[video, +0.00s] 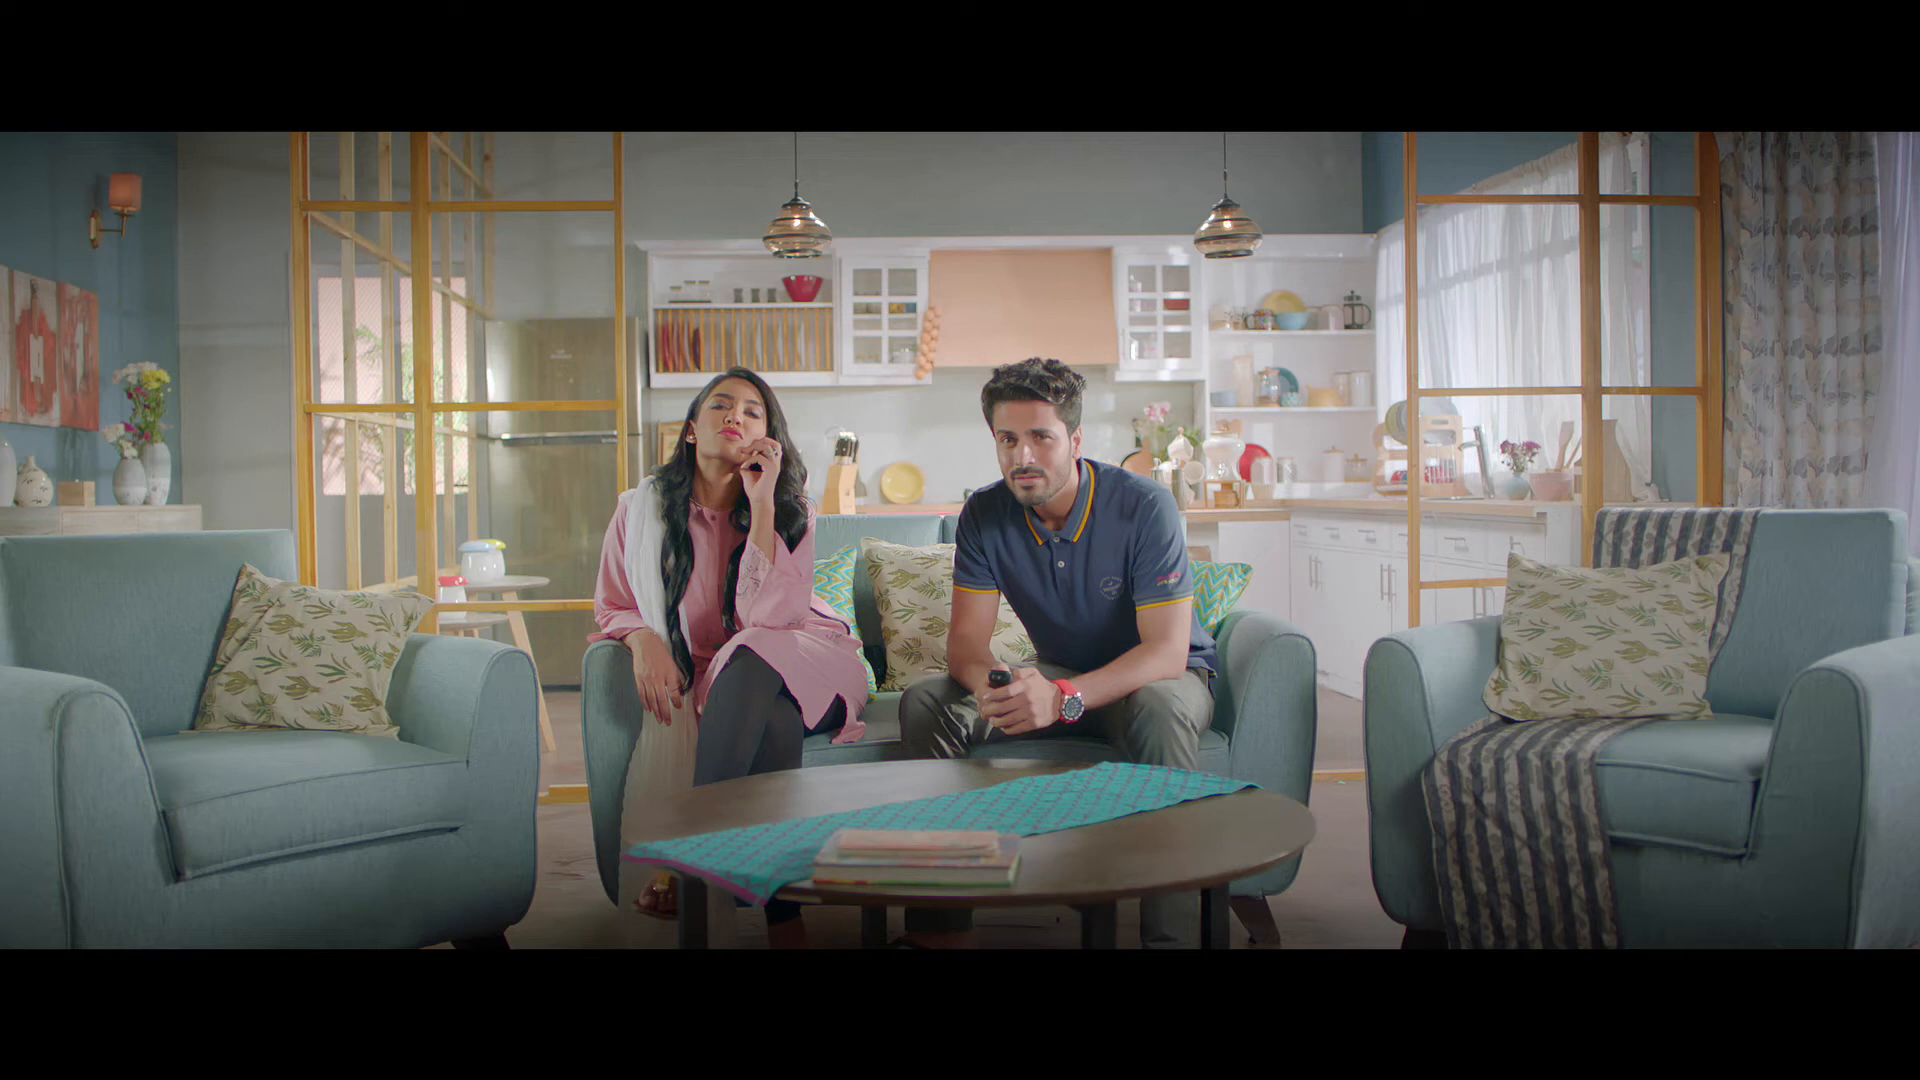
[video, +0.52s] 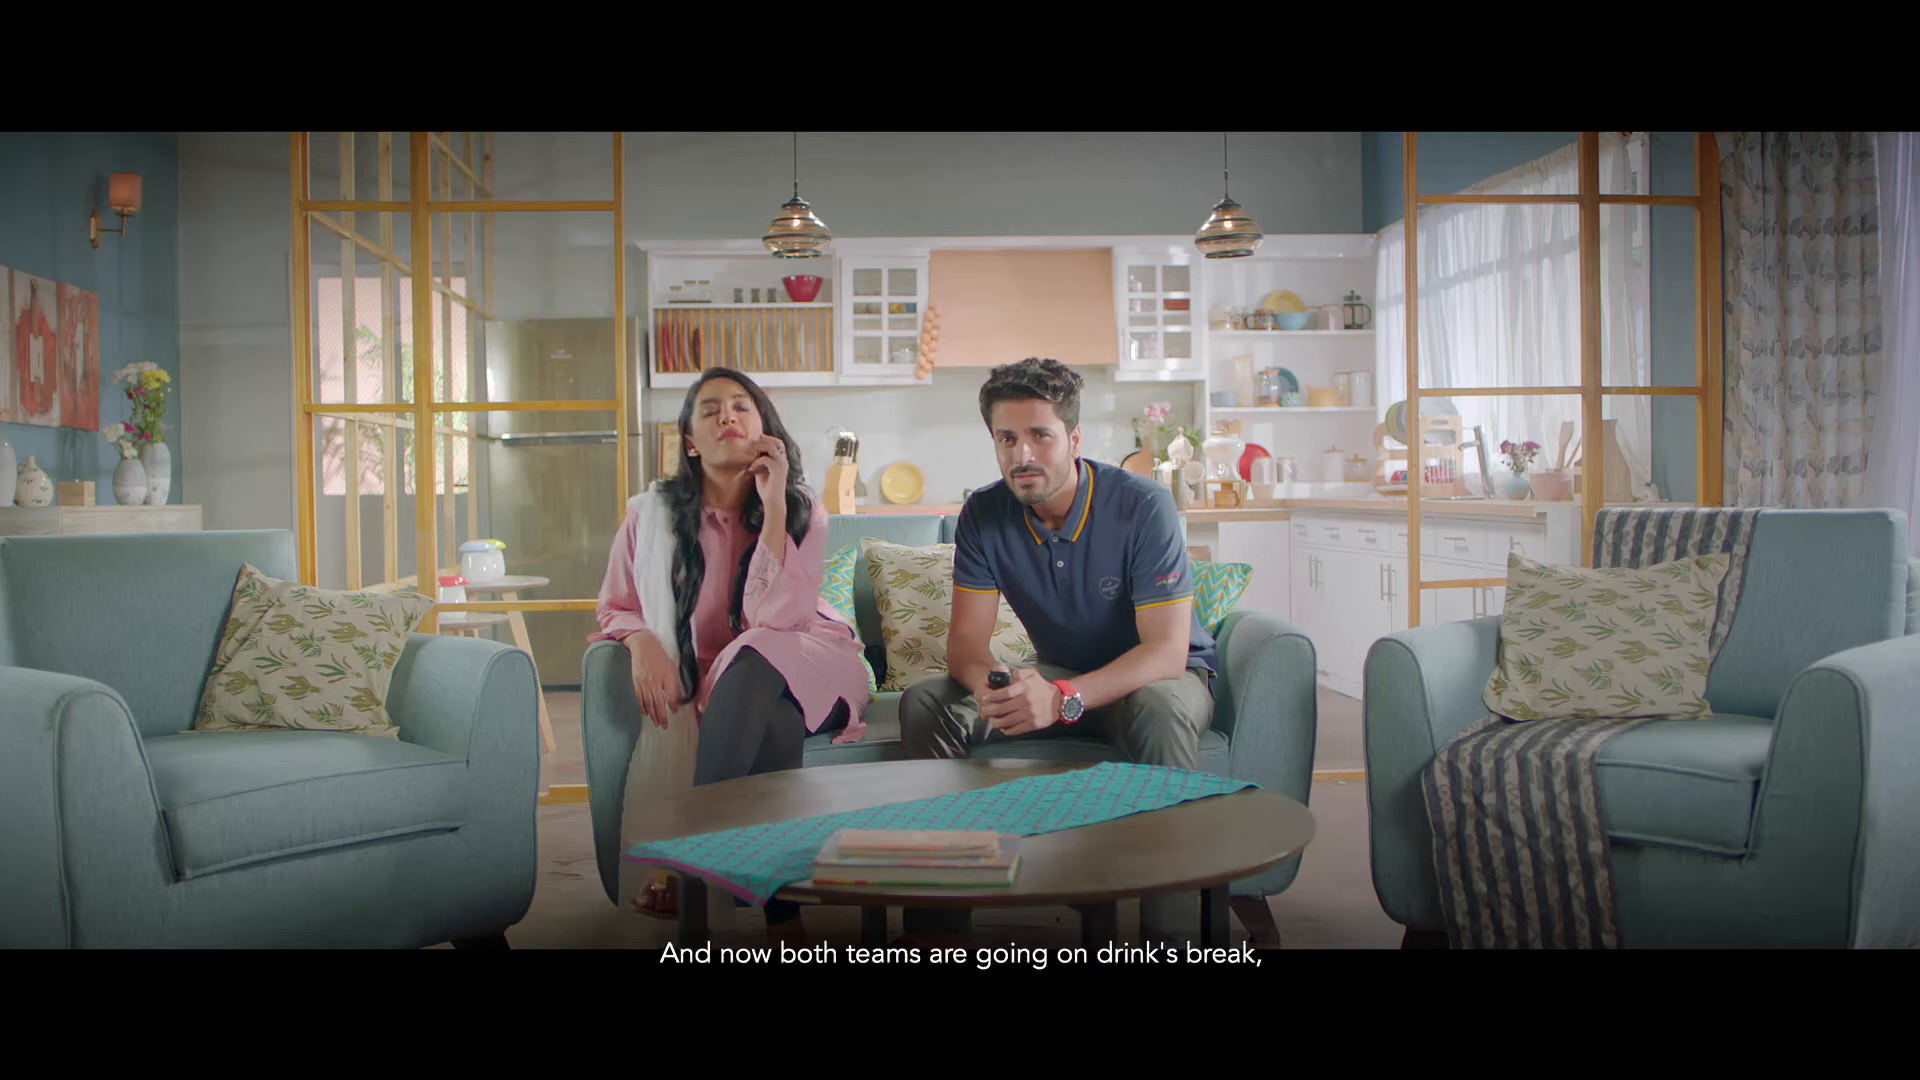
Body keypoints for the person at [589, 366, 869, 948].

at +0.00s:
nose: (734, 419)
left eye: (752, 413)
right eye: (720, 406)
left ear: (768, 440)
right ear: (693, 427)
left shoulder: (785, 508)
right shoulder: (640, 508)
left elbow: (770, 618)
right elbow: (615, 608)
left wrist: (763, 509)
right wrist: (645, 639)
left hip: (813, 660)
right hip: (717, 674)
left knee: (748, 656)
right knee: (776, 720)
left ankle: (687, 859)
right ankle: (783, 912)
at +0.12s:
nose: (732, 417)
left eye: (748, 410)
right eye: (716, 405)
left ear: (766, 436)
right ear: (690, 431)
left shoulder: (787, 508)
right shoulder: (642, 509)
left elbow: (769, 618)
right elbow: (616, 610)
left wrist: (765, 509)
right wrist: (644, 639)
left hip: (813, 660)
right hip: (717, 673)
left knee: (748, 660)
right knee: (776, 720)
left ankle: (686, 861)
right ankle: (783, 913)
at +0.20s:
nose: (728, 417)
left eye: (745, 408)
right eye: (713, 406)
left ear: (765, 434)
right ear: (688, 432)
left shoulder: (790, 508)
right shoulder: (643, 510)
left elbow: (769, 619)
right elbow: (615, 610)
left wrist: (768, 509)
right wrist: (644, 639)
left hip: (815, 662)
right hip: (717, 675)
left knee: (749, 659)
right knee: (776, 721)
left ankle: (687, 861)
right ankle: (783, 912)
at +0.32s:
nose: (728, 417)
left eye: (743, 407)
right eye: (711, 408)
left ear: (764, 431)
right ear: (688, 436)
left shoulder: (795, 508)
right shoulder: (648, 510)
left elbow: (772, 617)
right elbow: (616, 609)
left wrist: (771, 510)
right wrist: (644, 640)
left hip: (814, 661)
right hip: (716, 674)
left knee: (749, 659)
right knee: (778, 719)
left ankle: (686, 863)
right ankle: (782, 908)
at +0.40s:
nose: (727, 416)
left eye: (742, 407)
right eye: (710, 409)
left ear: (765, 431)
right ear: (688, 437)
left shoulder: (796, 509)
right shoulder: (648, 511)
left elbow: (772, 617)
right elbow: (616, 609)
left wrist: (772, 510)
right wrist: (644, 641)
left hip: (815, 662)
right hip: (716, 676)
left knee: (749, 660)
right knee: (778, 719)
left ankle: (686, 864)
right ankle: (782, 910)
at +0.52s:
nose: (728, 417)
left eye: (742, 407)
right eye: (711, 411)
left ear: (767, 432)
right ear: (690, 440)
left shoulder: (799, 511)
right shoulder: (651, 512)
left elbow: (775, 618)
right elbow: (617, 610)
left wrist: (775, 511)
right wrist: (644, 641)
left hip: (815, 662)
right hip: (716, 677)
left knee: (750, 659)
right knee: (778, 720)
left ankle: (686, 864)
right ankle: (782, 911)